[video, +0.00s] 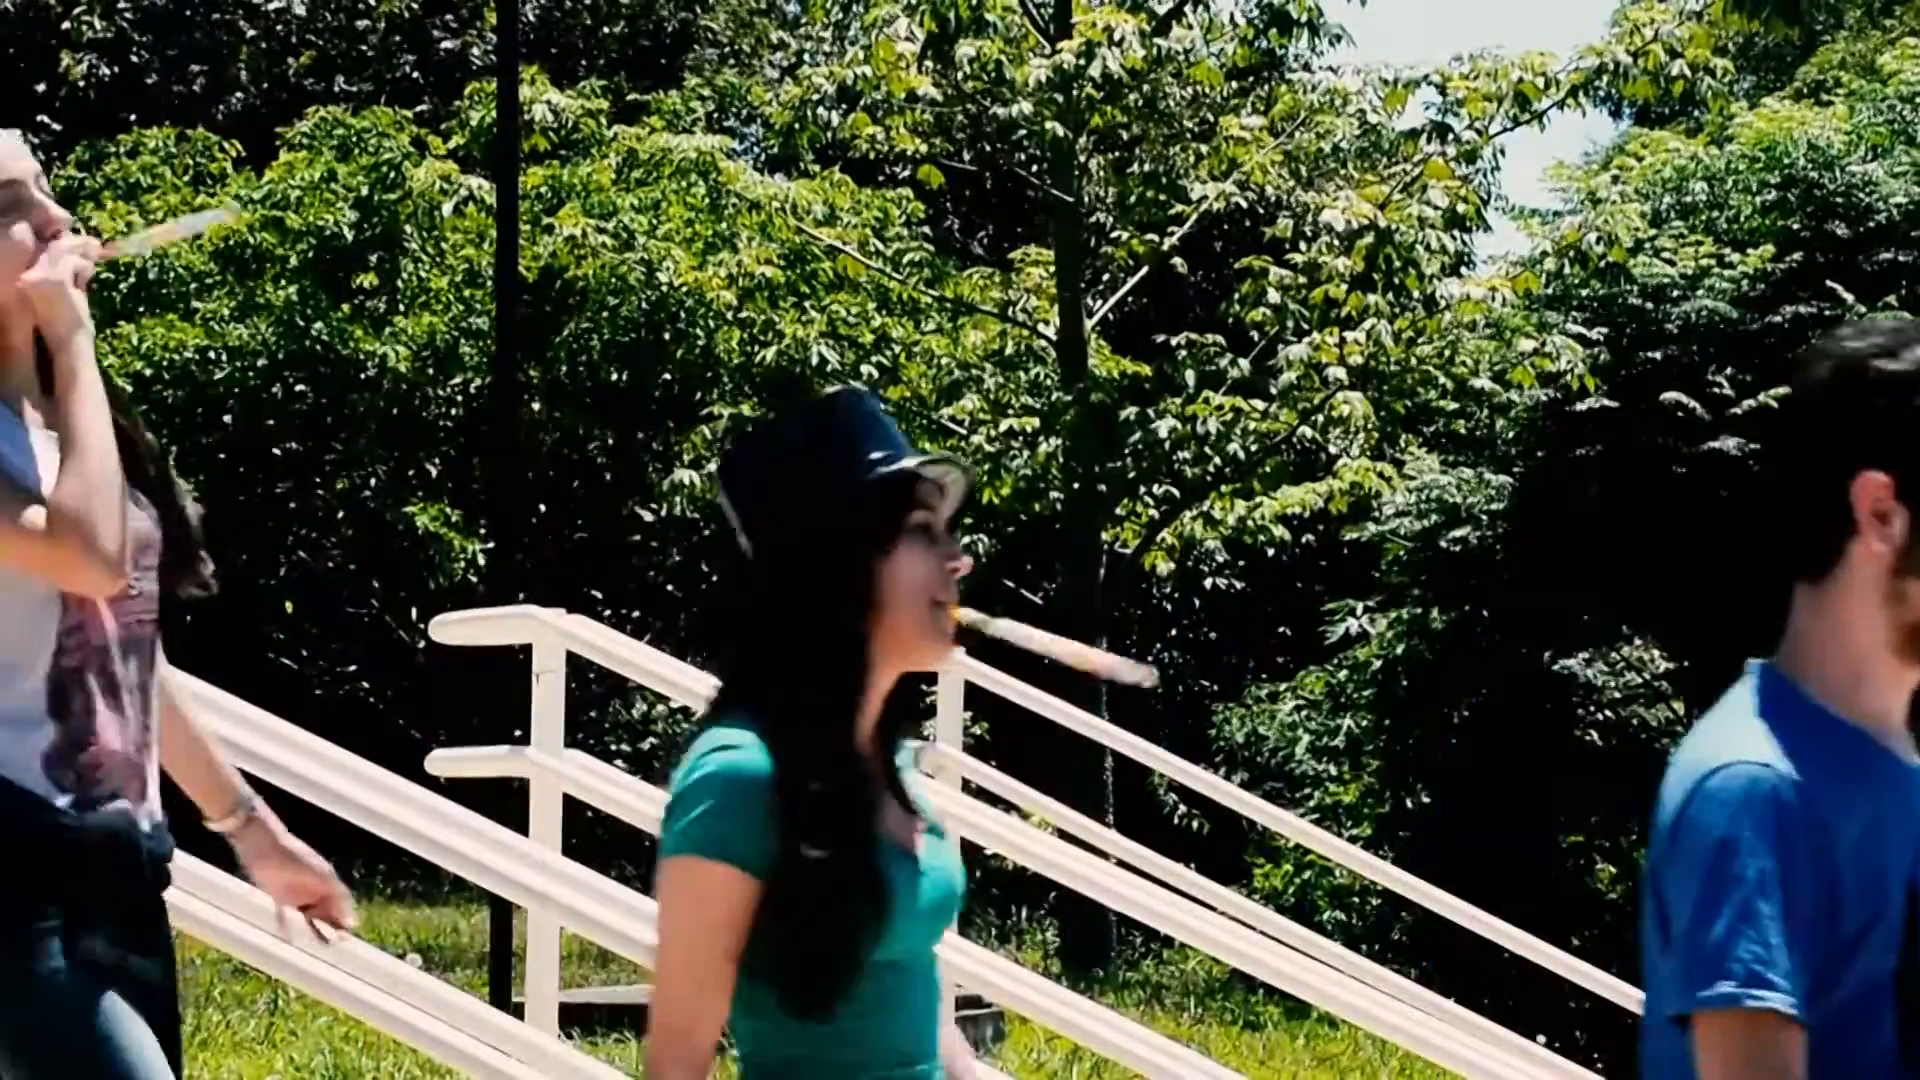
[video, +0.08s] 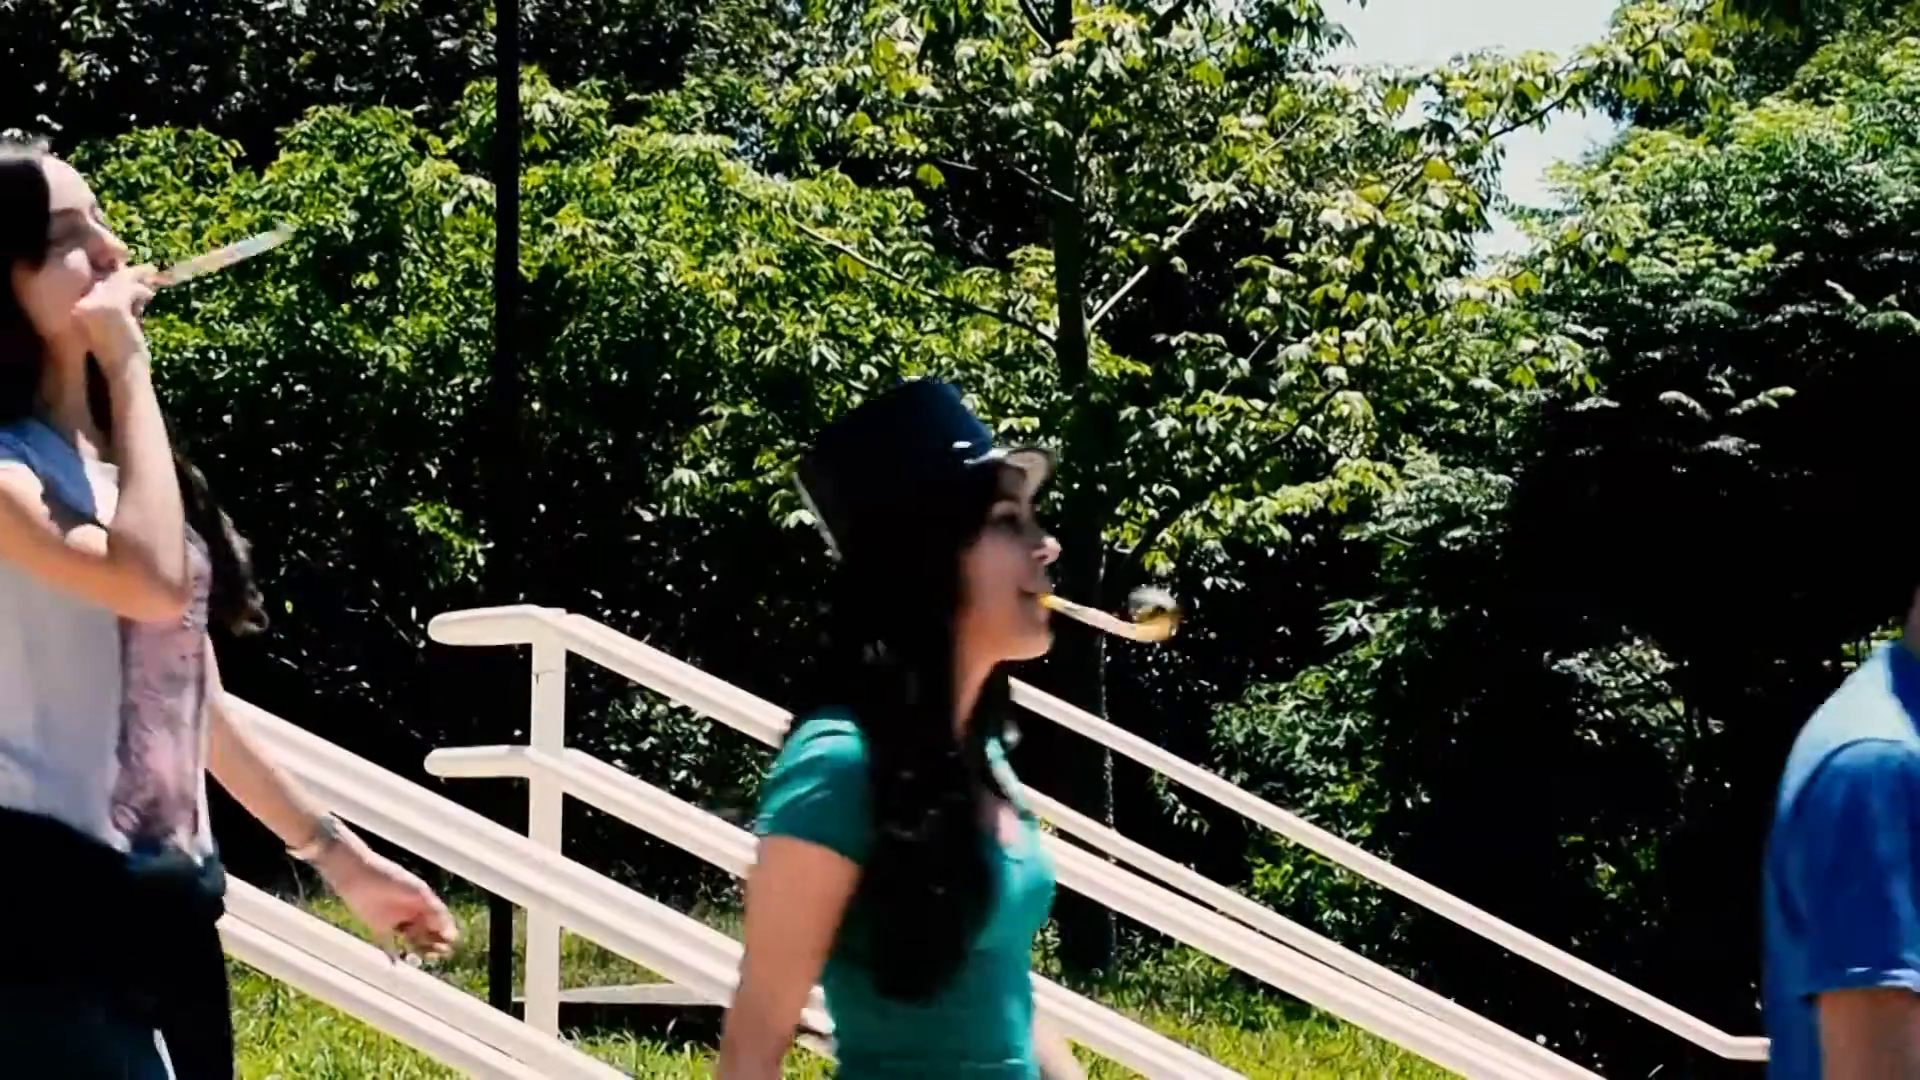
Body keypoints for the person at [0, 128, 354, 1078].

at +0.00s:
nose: (61, 221)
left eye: (50, 196)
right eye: (17, 208)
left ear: (55, 225)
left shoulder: (76, 432)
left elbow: (132, 654)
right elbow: (88, 558)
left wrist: (251, 830)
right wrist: (72, 345)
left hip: (124, 873)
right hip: (21, 878)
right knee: (140, 1063)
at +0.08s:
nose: (105, 250)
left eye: (98, 224)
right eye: (63, 237)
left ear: (112, 244)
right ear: (7, 281)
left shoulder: (123, 463)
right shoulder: (8, 465)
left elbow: (193, 695)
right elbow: (146, 586)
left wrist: (341, 861)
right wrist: (128, 367)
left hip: (175, 899)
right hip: (53, 906)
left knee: (200, 1064)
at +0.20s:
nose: (196, 311)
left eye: (185, 287)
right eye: (156, 296)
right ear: (86, 342)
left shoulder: (204, 532)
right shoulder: (43, 513)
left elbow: (251, 773)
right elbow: (243, 627)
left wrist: (420, 927)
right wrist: (221, 418)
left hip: (250, 971)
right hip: (126, 970)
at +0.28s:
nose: (264, 336)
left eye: (253, 315)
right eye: (222, 321)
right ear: (151, 369)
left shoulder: (261, 561)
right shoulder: (99, 532)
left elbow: (293, 818)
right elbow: (308, 646)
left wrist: (437, 998)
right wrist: (295, 442)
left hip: (300, 992)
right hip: (170, 988)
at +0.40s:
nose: (356, 341)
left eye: (345, 317)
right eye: (317, 321)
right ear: (246, 364)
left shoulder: (324, 547)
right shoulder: (186, 519)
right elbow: (408, 637)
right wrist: (396, 439)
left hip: (362, 979)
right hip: (241, 979)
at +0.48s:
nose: (417, 345)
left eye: (404, 322)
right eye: (379, 325)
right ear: (308, 366)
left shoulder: (385, 548)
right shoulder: (247, 517)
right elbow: (480, 630)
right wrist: (464, 439)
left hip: (424, 988)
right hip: (304, 984)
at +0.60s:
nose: (506, 387)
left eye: (491, 368)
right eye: (465, 370)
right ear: (391, 420)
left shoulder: (485, 600)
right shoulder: (341, 562)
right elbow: (581, 667)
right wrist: (558, 478)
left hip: (530, 1028)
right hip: (411, 1024)